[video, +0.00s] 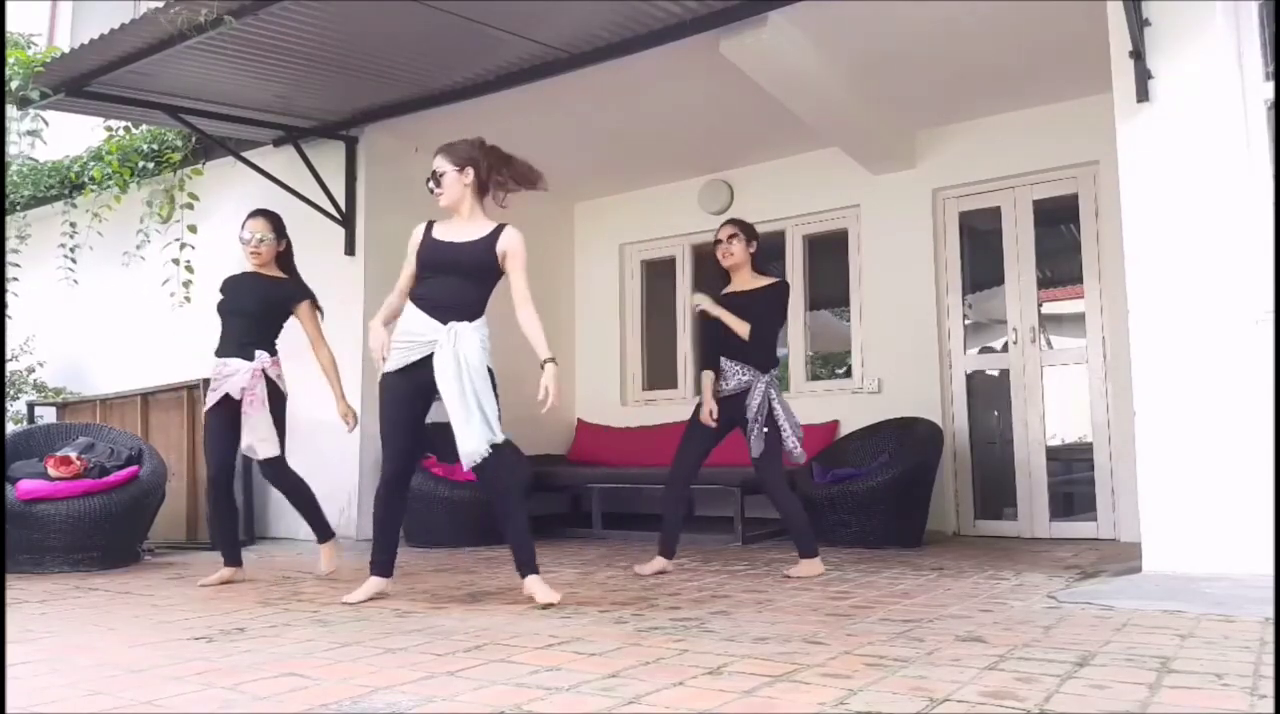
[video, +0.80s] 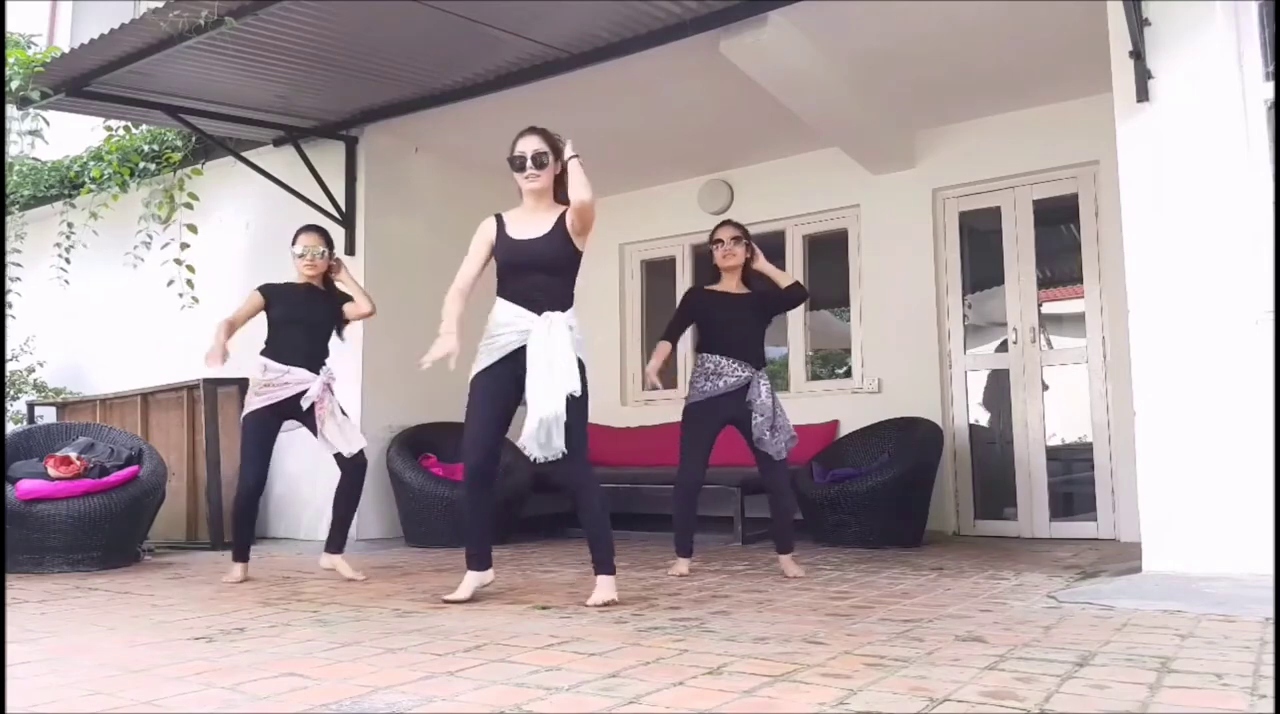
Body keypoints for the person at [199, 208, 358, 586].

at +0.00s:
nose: (254, 246)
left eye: (263, 239)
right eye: (248, 239)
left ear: (281, 244)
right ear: (240, 242)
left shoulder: (291, 288)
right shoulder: (231, 284)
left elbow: (319, 345)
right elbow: (230, 334)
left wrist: (341, 399)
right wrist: (225, 377)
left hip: (264, 383)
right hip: (224, 382)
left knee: (273, 468)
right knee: (218, 473)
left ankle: (327, 540)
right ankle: (231, 563)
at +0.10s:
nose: (261, 245)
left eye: (269, 238)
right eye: (255, 238)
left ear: (288, 242)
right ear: (248, 241)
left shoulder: (298, 284)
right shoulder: (241, 283)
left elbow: (316, 345)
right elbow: (240, 334)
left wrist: (336, 399)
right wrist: (236, 373)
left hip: (274, 380)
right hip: (234, 380)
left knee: (307, 463)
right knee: (219, 473)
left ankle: (365, 534)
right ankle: (230, 562)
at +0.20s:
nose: (271, 244)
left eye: (280, 237)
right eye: (266, 237)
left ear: (298, 241)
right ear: (258, 241)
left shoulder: (308, 283)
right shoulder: (257, 284)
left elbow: (308, 343)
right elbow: (259, 339)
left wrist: (303, 396)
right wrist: (247, 388)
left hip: (297, 379)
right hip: (257, 381)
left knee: (332, 461)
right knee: (223, 466)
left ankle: (375, 544)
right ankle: (228, 558)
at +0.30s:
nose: (284, 249)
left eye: (292, 242)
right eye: (278, 243)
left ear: (309, 247)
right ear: (271, 248)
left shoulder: (322, 281)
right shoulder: (271, 297)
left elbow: (314, 333)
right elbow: (266, 356)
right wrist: (251, 410)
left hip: (321, 384)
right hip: (281, 386)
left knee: (335, 470)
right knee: (237, 463)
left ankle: (366, 555)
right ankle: (211, 555)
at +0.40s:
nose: (295, 258)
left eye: (303, 251)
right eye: (288, 253)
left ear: (319, 253)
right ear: (281, 258)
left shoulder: (341, 289)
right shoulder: (284, 303)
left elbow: (311, 327)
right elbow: (268, 363)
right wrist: (236, 404)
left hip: (328, 394)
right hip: (281, 393)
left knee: (340, 477)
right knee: (240, 471)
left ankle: (354, 561)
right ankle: (215, 561)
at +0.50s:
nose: (302, 264)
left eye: (309, 256)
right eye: (294, 259)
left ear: (324, 259)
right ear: (287, 264)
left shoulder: (349, 301)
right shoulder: (283, 301)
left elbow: (318, 317)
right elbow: (248, 359)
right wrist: (207, 385)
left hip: (324, 398)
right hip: (278, 395)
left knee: (349, 481)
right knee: (253, 483)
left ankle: (353, 561)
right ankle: (226, 555)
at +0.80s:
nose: (309, 258)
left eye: (317, 252)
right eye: (302, 252)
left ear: (329, 259)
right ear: (292, 256)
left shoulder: (333, 299)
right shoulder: (272, 292)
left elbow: (366, 308)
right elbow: (230, 323)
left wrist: (342, 274)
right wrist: (219, 344)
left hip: (312, 392)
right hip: (269, 389)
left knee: (355, 461)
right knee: (252, 479)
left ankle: (333, 553)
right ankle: (239, 563)